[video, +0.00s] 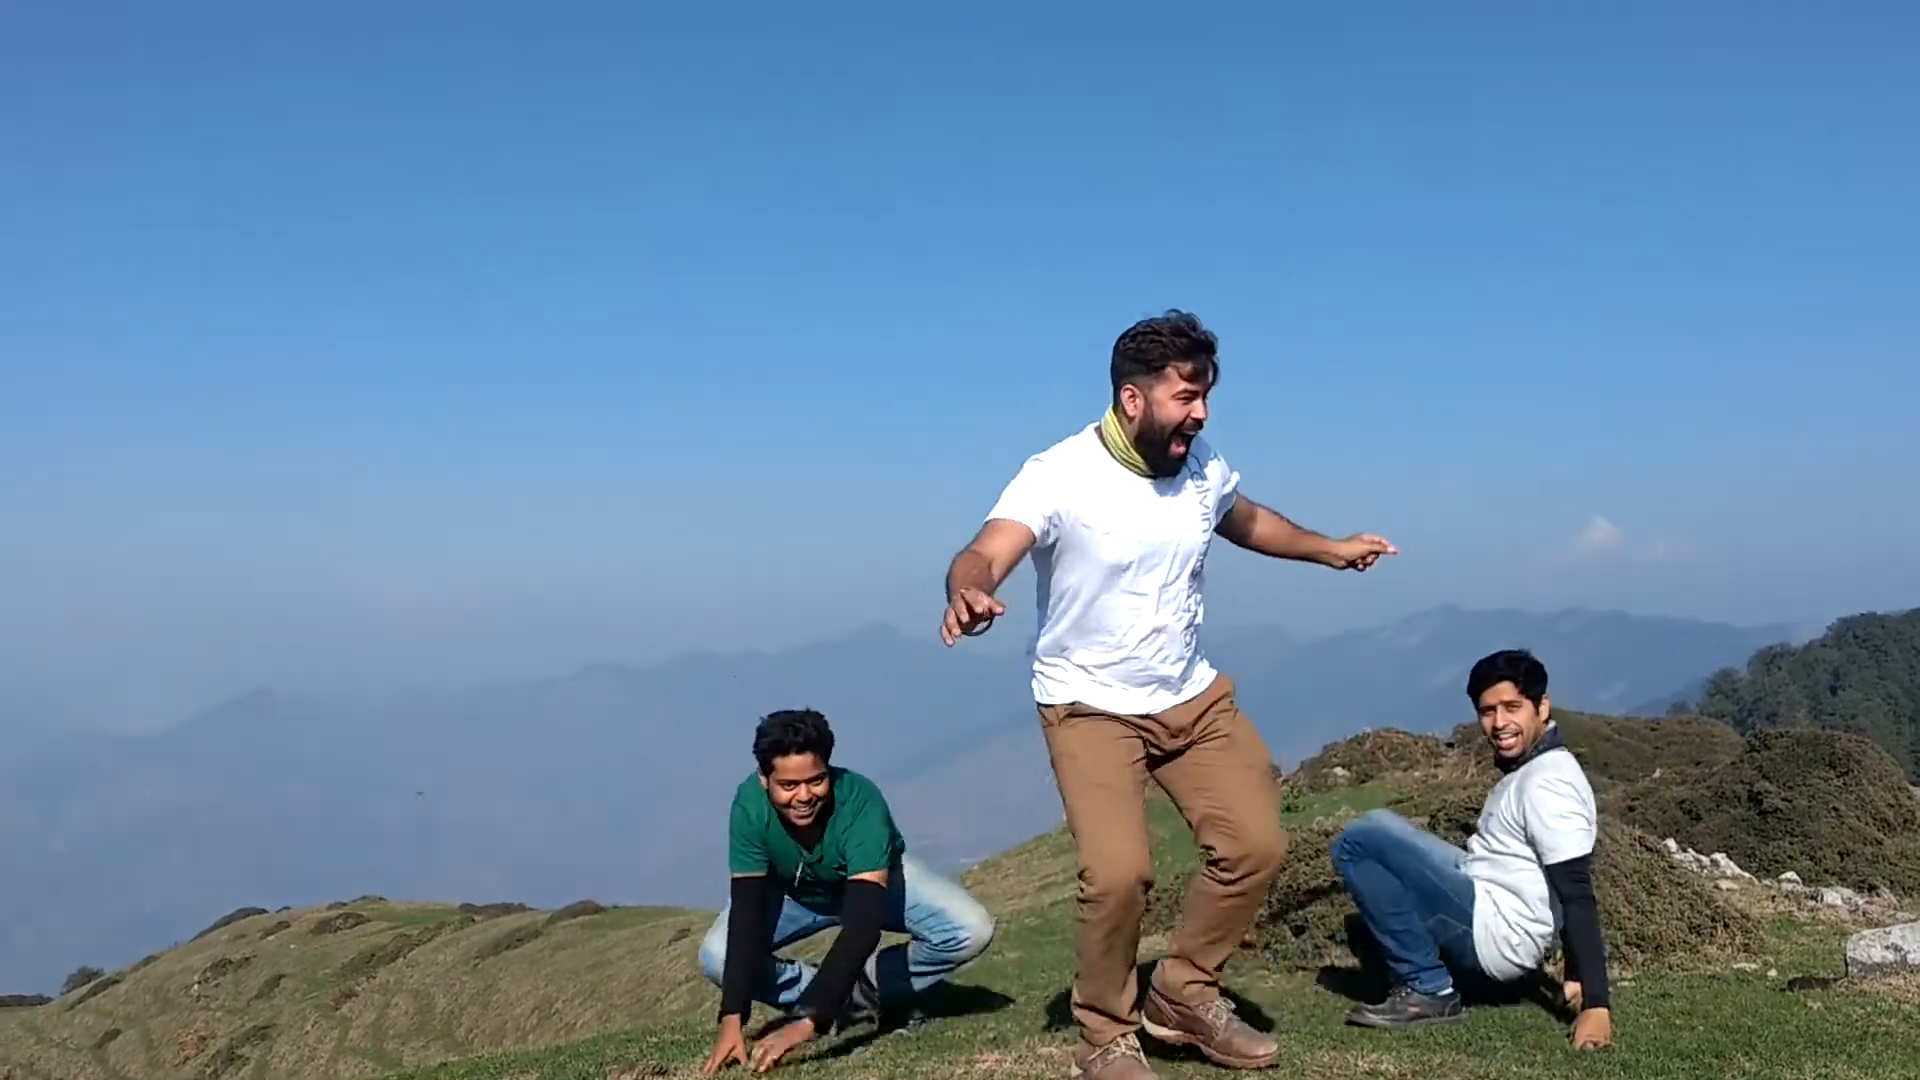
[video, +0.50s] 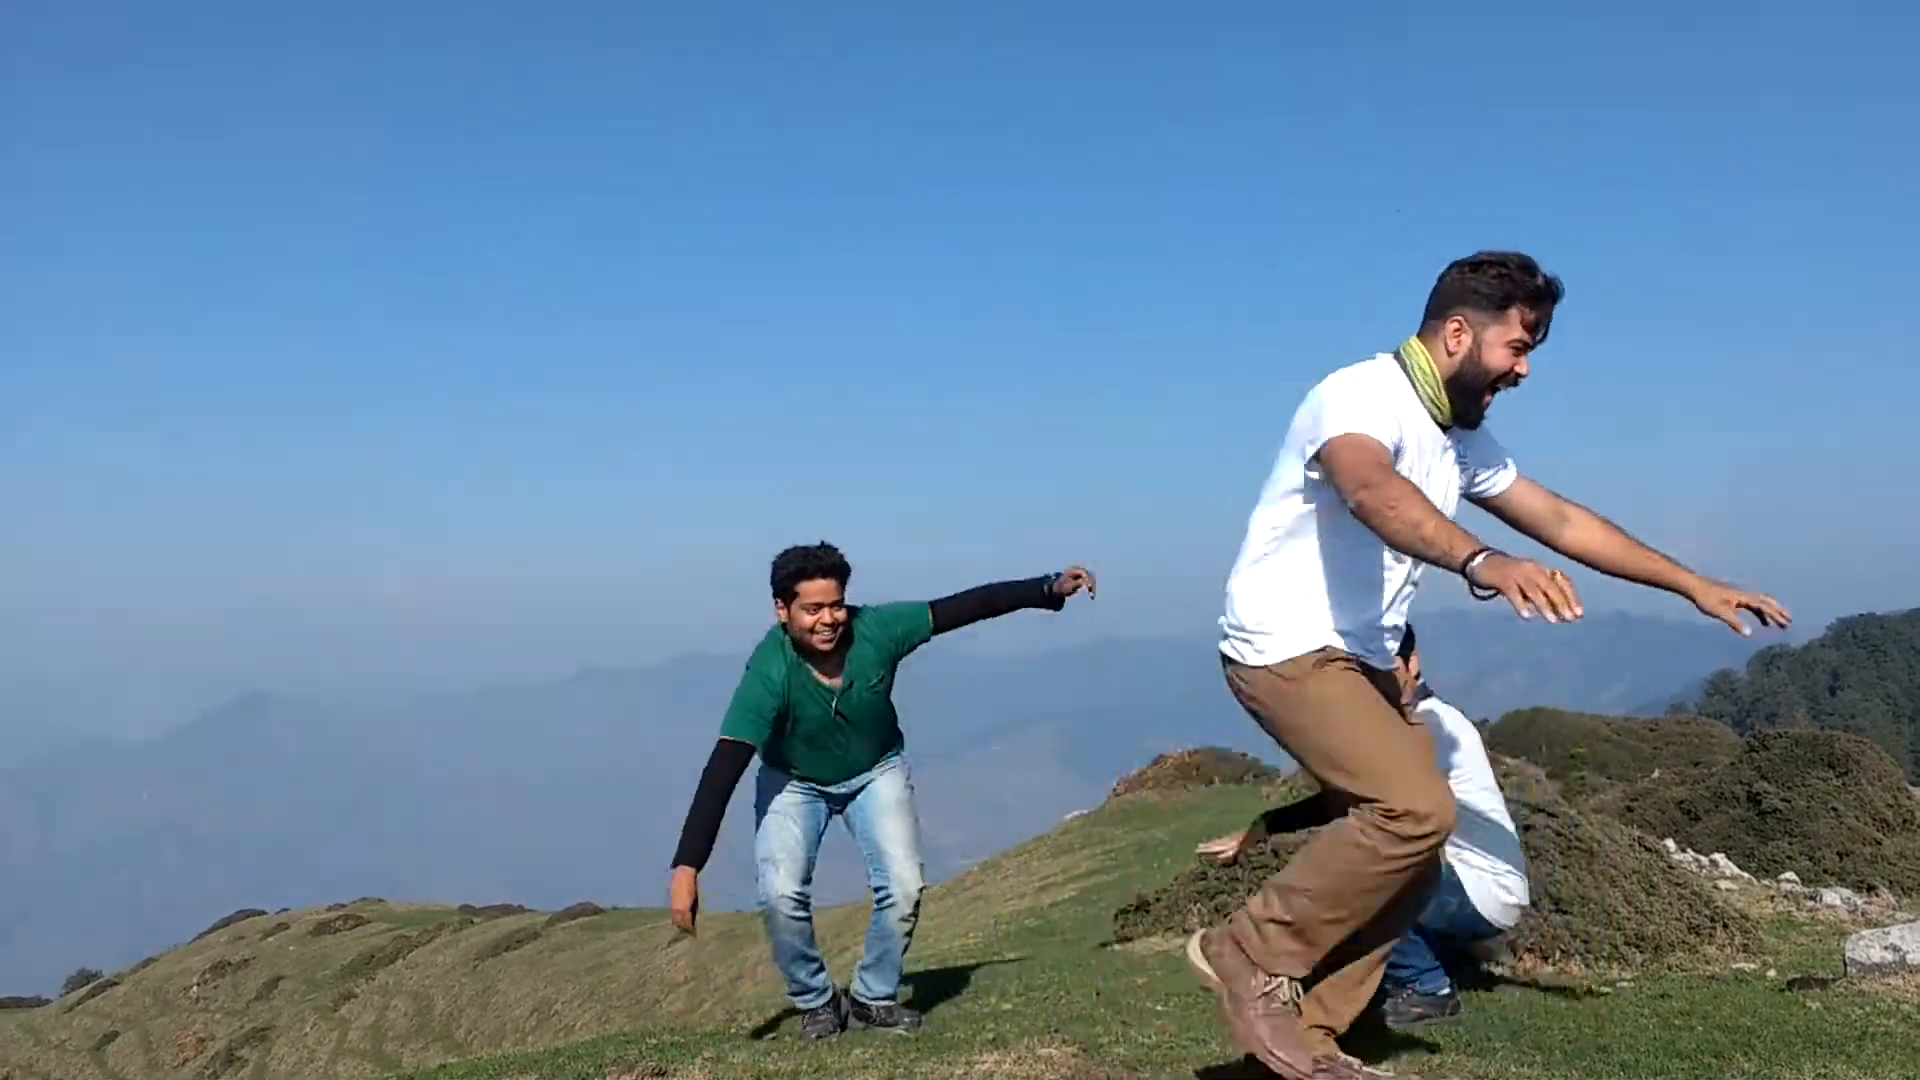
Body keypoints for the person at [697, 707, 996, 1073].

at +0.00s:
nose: (804, 796)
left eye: (815, 781)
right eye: (788, 785)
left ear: (830, 770)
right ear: (765, 779)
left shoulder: (861, 802)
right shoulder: (749, 805)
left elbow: (864, 923)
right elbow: (746, 913)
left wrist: (810, 1019)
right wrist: (731, 1020)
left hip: (873, 880)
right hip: (800, 896)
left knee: (970, 928)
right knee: (717, 956)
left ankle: (876, 983)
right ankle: (839, 998)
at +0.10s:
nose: (816, 775)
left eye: (826, 760)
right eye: (800, 764)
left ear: (840, 750)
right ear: (776, 761)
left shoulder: (869, 774)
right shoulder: (761, 797)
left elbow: (906, 888)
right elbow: (753, 909)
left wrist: (835, 953)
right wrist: (732, 1016)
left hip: (871, 871)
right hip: (801, 883)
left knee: (969, 906)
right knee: (726, 940)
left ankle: (873, 985)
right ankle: (814, 996)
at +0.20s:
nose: (822, 755)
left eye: (832, 739)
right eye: (806, 745)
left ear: (845, 727)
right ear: (781, 740)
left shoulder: (873, 744)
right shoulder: (772, 789)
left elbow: (960, 794)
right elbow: (759, 904)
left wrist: (905, 866)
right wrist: (723, 1013)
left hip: (877, 848)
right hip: (802, 862)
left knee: (946, 900)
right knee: (752, 932)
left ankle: (873, 992)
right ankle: (813, 1000)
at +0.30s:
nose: (828, 717)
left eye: (837, 703)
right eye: (812, 707)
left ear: (849, 693)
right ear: (786, 707)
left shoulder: (881, 708)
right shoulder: (777, 759)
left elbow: (983, 697)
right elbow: (743, 871)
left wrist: (984, 760)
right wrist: (704, 971)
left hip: (877, 819)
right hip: (804, 833)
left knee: (930, 892)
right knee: (768, 909)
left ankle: (873, 995)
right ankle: (816, 1002)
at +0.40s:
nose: (828, 669)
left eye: (837, 654)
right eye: (813, 659)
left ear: (848, 648)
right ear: (784, 660)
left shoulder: (882, 671)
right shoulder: (774, 713)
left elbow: (973, 645)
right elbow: (736, 819)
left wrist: (1035, 656)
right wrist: (695, 925)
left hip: (875, 792)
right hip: (796, 803)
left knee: (918, 891)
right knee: (772, 901)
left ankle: (872, 996)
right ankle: (814, 1004)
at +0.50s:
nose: (827, 619)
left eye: (835, 605)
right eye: (811, 609)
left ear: (846, 599)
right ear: (782, 611)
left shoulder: (881, 629)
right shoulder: (769, 668)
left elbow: (966, 607)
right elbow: (725, 763)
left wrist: (1048, 589)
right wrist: (686, 865)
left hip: (876, 770)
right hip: (795, 781)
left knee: (903, 887)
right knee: (780, 893)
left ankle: (873, 998)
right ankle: (815, 1003)